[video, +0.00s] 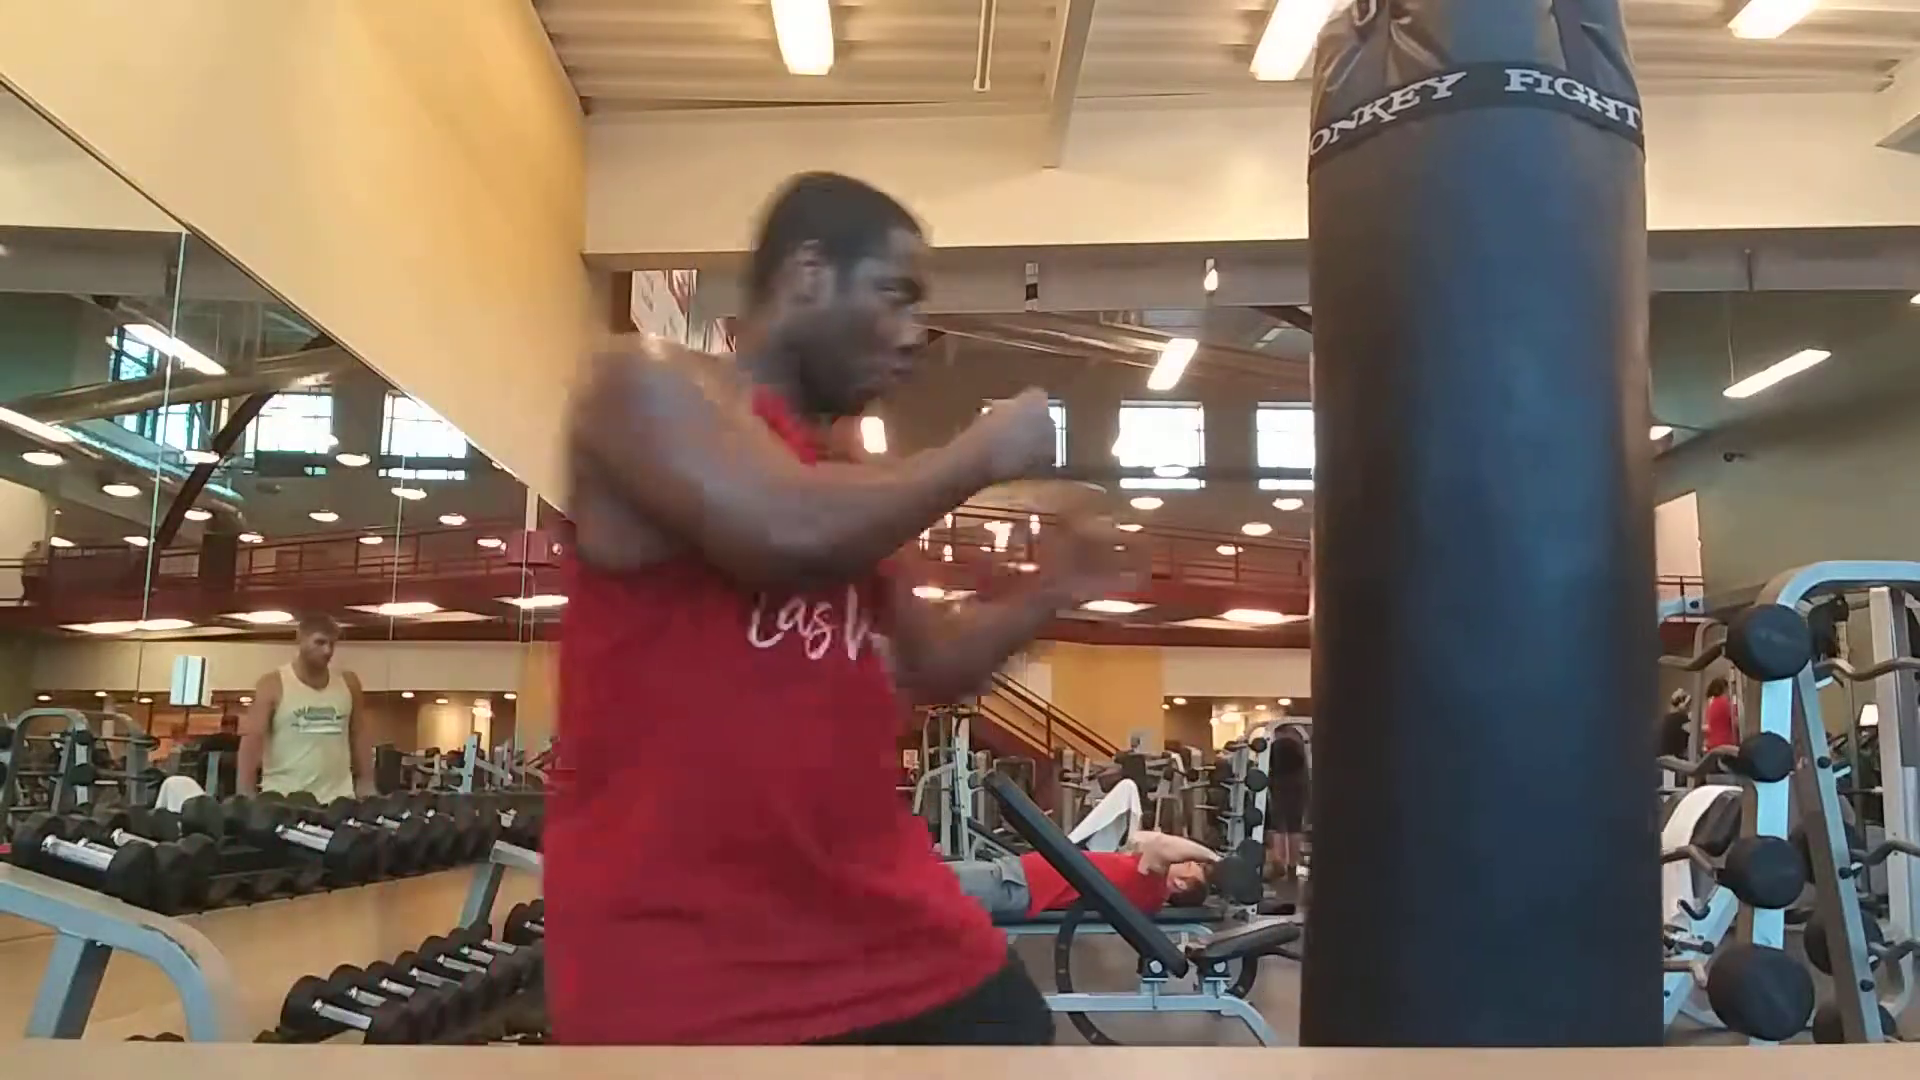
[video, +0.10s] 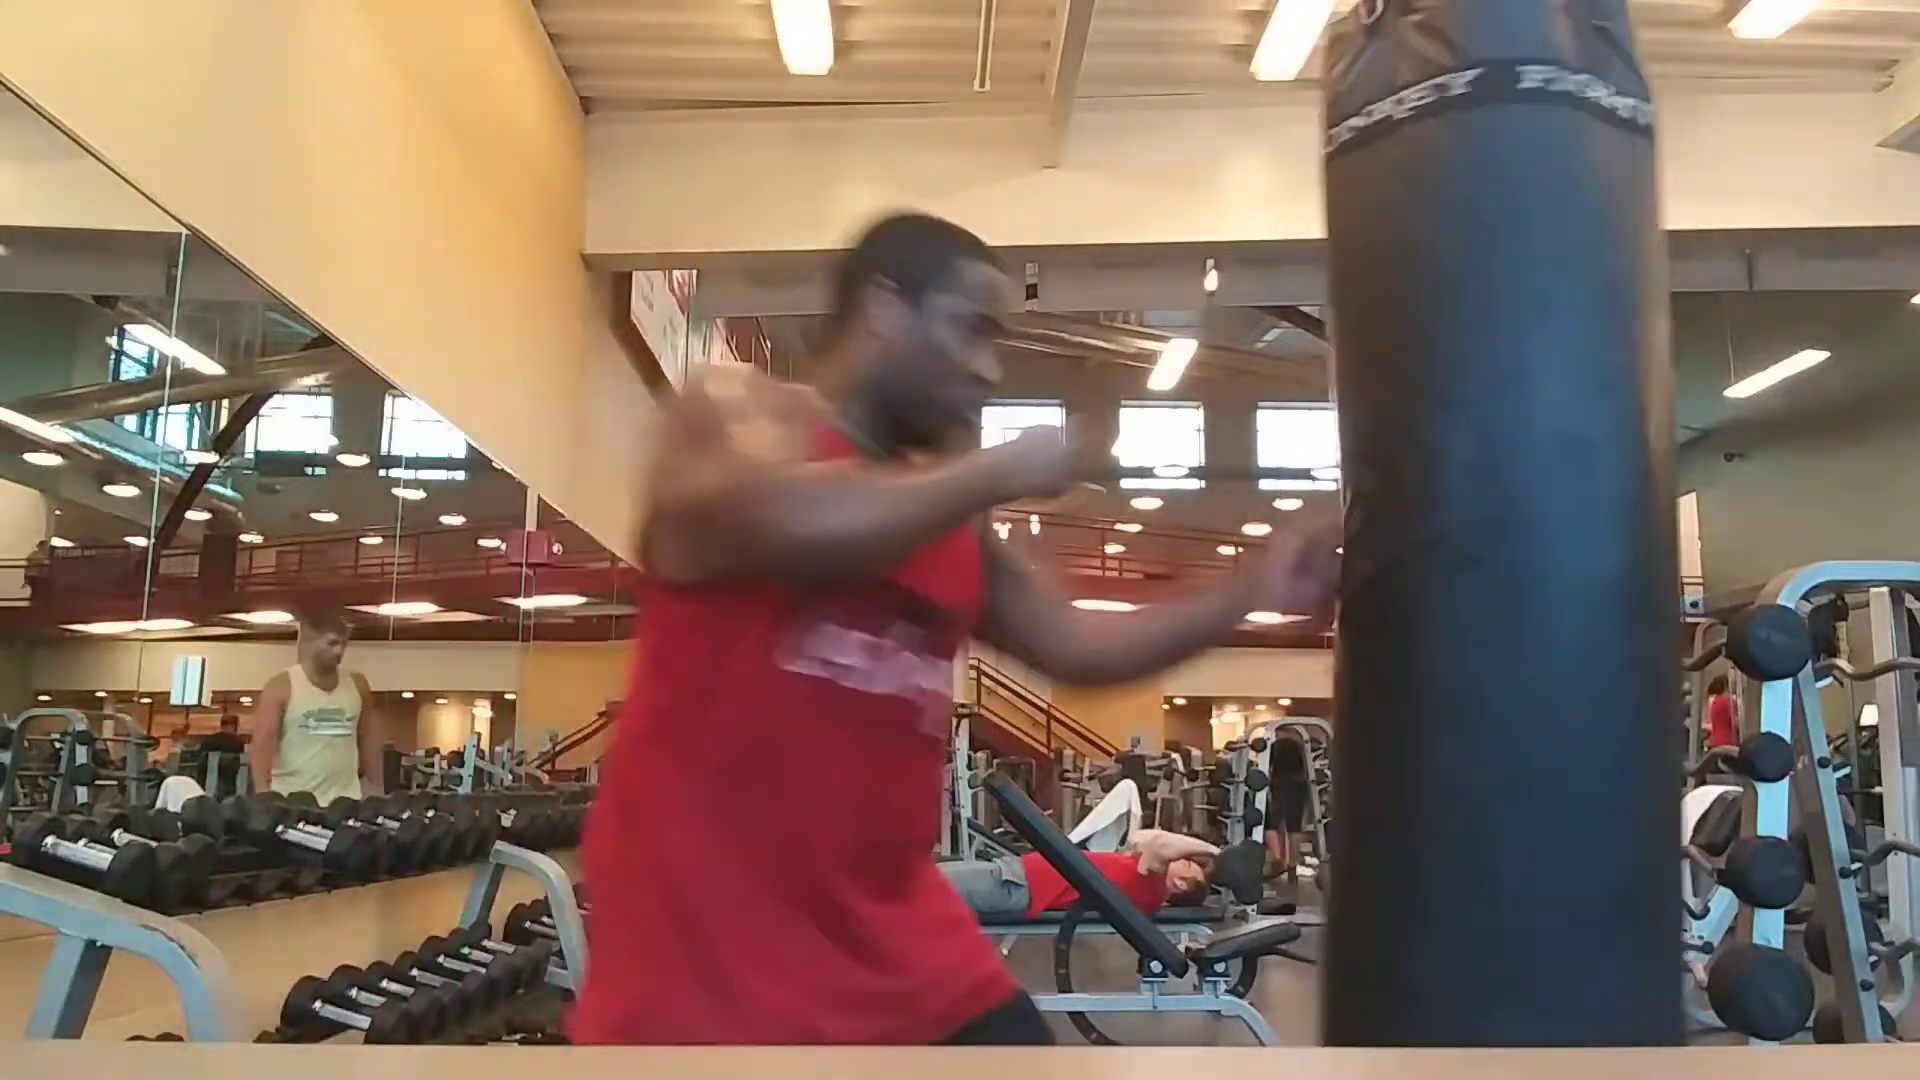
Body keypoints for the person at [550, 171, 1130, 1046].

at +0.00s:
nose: (917, 334)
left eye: (920, 305)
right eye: (897, 294)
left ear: (812, 283)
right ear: (807, 277)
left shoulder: (834, 472)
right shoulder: (644, 383)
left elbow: (932, 661)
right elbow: (780, 530)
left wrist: (1047, 588)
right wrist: (974, 456)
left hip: (892, 929)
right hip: (691, 966)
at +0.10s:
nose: (994, 367)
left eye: (999, 341)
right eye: (977, 330)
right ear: (881, 308)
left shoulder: (943, 510)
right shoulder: (736, 410)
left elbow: (1078, 648)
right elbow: (764, 523)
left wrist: (1253, 583)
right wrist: (999, 474)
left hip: (899, 949)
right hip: (708, 971)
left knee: (1034, 1054)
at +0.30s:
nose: (1091, 420)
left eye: (1097, 390)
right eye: (1079, 379)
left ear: (998, 355)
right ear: (997, 348)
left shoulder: (1008, 504)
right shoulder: (872, 437)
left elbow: (1098, 615)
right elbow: (1020, 598)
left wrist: (1228, 570)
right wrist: (1232, 571)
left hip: (984, 945)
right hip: (834, 951)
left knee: (1124, 1079)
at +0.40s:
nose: (1121, 386)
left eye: (1125, 359)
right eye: (1108, 352)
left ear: (1027, 336)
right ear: (1022, 331)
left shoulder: (1063, 496)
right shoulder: (886, 458)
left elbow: (1196, 596)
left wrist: (1338, 523)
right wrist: (1157, 624)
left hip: (1037, 909)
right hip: (877, 915)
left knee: (1115, 1065)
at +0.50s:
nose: (1133, 324)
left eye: (1134, 299)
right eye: (1110, 288)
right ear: (1011, 275)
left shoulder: (1087, 472)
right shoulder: (860, 440)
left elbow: (1249, 560)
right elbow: (688, 598)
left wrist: (1462, 539)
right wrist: (856, 700)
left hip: (1105, 947)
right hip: (939, 957)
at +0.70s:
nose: (1048, 286)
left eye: (1054, 264)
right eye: (1027, 253)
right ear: (932, 233)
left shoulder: (1036, 433)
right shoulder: (795, 392)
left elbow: (1137, 614)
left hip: (1155, 759)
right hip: (1009, 906)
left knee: (1390, 723)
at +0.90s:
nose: (1060, 314)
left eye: (1063, 290)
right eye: (1041, 276)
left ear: (948, 262)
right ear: (941, 255)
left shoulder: (994, 445)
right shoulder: (824, 429)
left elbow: (1112, 596)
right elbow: (1092, 520)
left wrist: (1240, 627)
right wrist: (1174, 367)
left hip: (1165, 747)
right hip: (1067, 926)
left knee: (1448, 742)